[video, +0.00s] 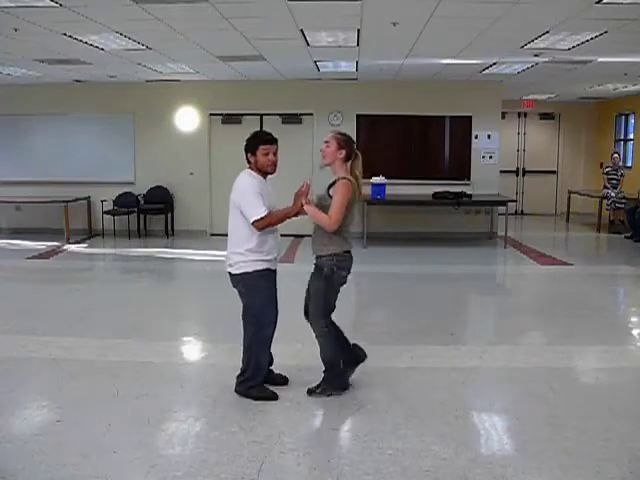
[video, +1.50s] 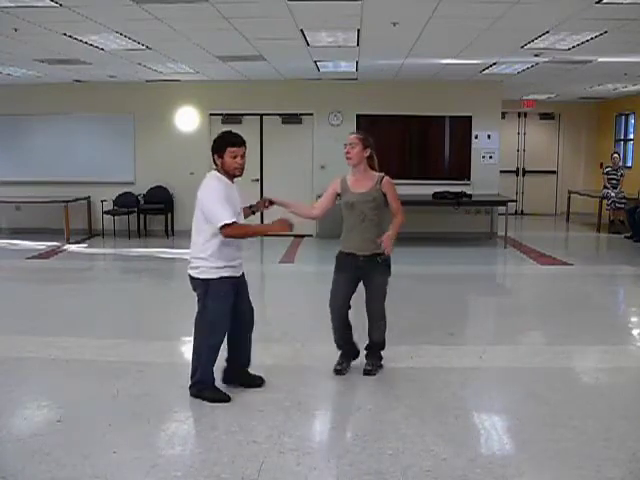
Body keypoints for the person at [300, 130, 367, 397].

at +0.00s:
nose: (322, 148)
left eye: (327, 145)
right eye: (323, 144)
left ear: (341, 152)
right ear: (338, 153)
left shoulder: (344, 185)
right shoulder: (336, 183)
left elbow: (332, 224)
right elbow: (329, 218)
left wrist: (308, 208)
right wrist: (308, 204)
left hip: (334, 260)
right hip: (326, 259)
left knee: (319, 317)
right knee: (312, 313)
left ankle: (334, 378)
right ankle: (349, 353)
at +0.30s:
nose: (332, 149)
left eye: (337, 145)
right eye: (332, 145)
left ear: (352, 151)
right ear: (338, 151)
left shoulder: (364, 185)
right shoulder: (329, 181)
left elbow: (364, 227)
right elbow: (306, 211)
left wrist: (351, 236)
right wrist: (299, 188)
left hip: (350, 259)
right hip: (325, 257)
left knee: (341, 315)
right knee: (328, 317)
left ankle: (349, 373)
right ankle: (338, 365)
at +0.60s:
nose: (347, 152)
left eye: (352, 148)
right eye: (347, 148)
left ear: (367, 154)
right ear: (353, 154)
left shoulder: (383, 185)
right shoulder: (344, 183)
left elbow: (396, 226)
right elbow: (321, 213)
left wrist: (386, 252)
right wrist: (294, 211)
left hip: (373, 260)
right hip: (345, 258)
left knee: (375, 311)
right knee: (333, 310)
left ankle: (382, 356)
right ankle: (338, 362)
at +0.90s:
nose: (352, 152)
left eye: (357, 148)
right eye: (352, 148)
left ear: (372, 153)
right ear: (355, 153)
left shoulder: (385, 183)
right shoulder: (353, 181)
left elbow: (400, 221)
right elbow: (340, 213)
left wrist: (386, 251)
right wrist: (319, 210)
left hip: (382, 257)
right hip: (358, 255)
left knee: (379, 310)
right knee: (353, 305)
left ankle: (383, 356)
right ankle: (366, 346)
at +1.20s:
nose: (354, 152)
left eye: (359, 148)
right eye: (353, 148)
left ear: (373, 153)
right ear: (355, 153)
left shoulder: (387, 184)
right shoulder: (350, 183)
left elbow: (400, 221)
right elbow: (333, 217)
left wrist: (385, 250)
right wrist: (309, 222)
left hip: (378, 259)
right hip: (354, 257)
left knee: (372, 309)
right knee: (358, 308)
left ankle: (376, 357)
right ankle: (367, 349)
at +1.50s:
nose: (347, 150)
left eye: (352, 146)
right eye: (346, 146)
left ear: (366, 151)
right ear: (345, 151)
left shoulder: (382, 182)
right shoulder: (340, 184)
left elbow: (398, 215)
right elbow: (314, 212)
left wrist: (390, 235)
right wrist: (281, 203)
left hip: (376, 259)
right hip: (347, 259)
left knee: (375, 310)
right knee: (337, 308)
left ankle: (374, 355)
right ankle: (347, 352)